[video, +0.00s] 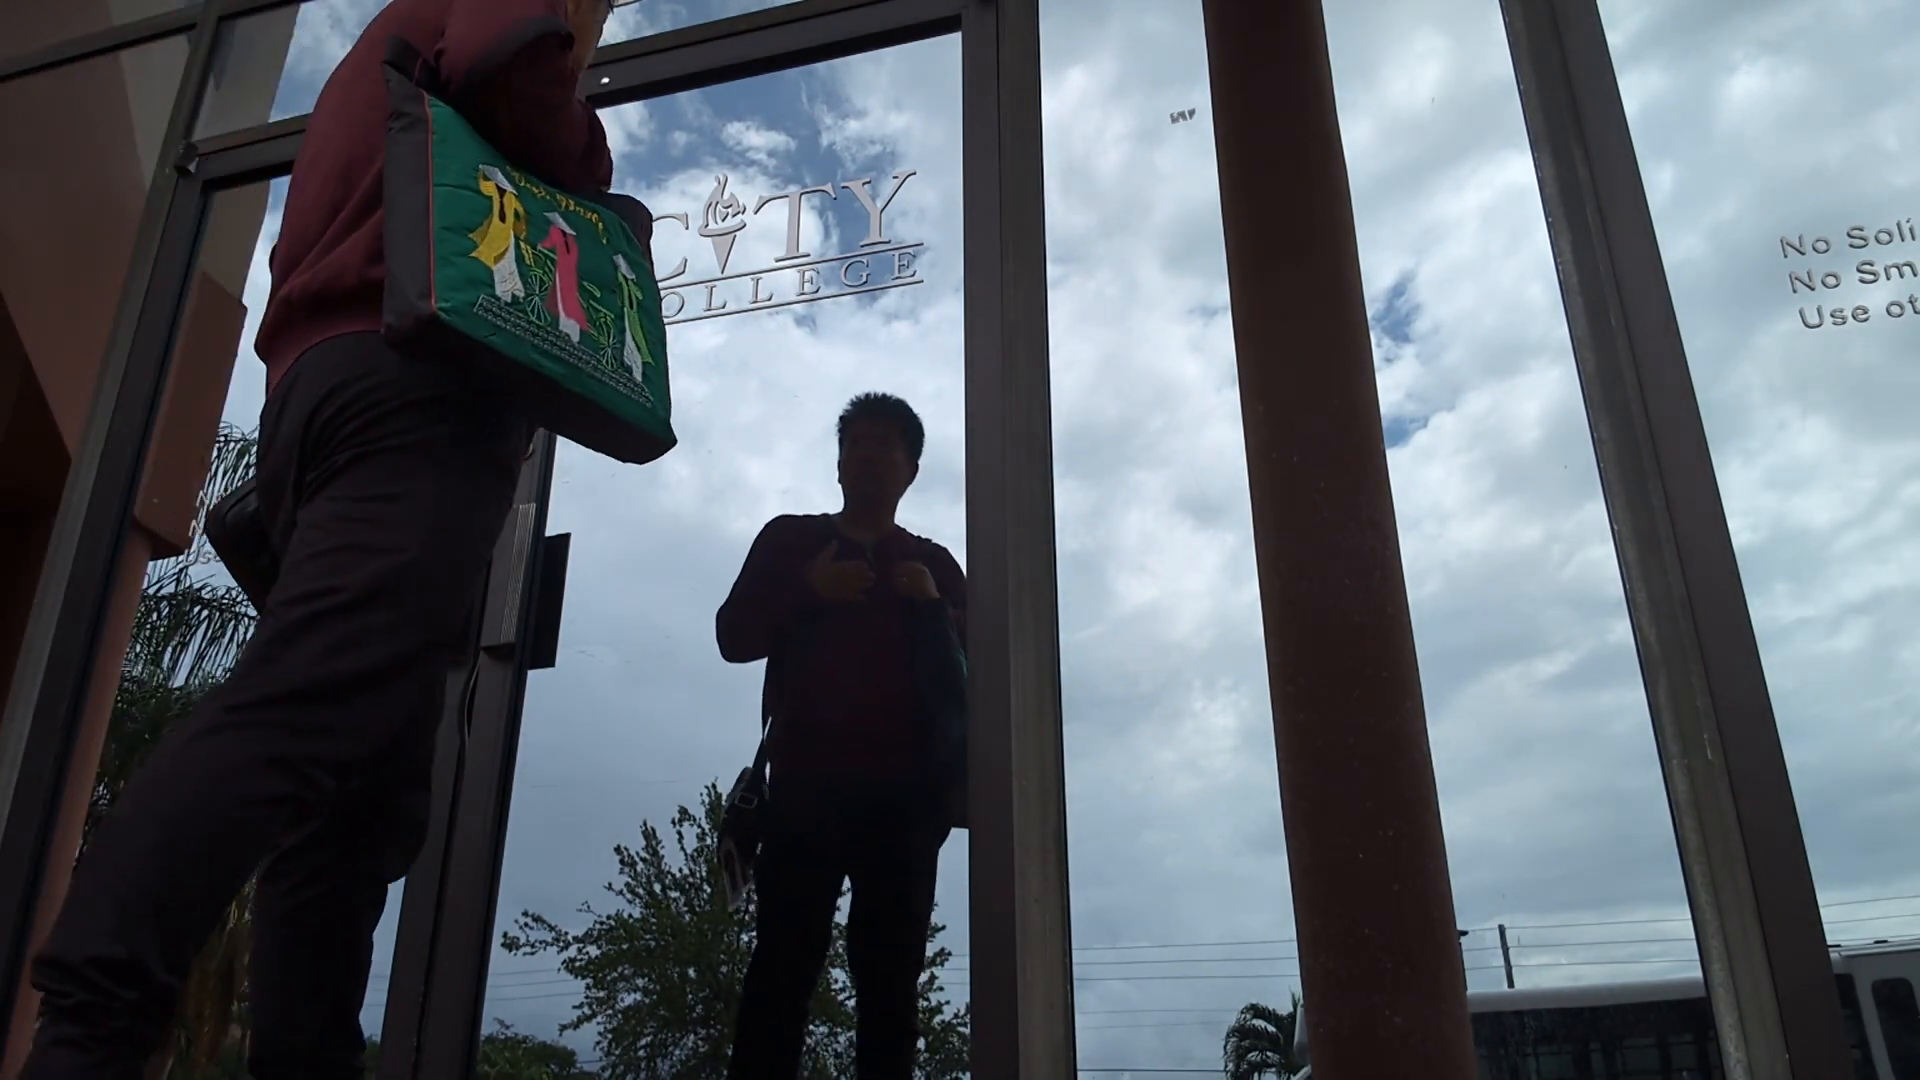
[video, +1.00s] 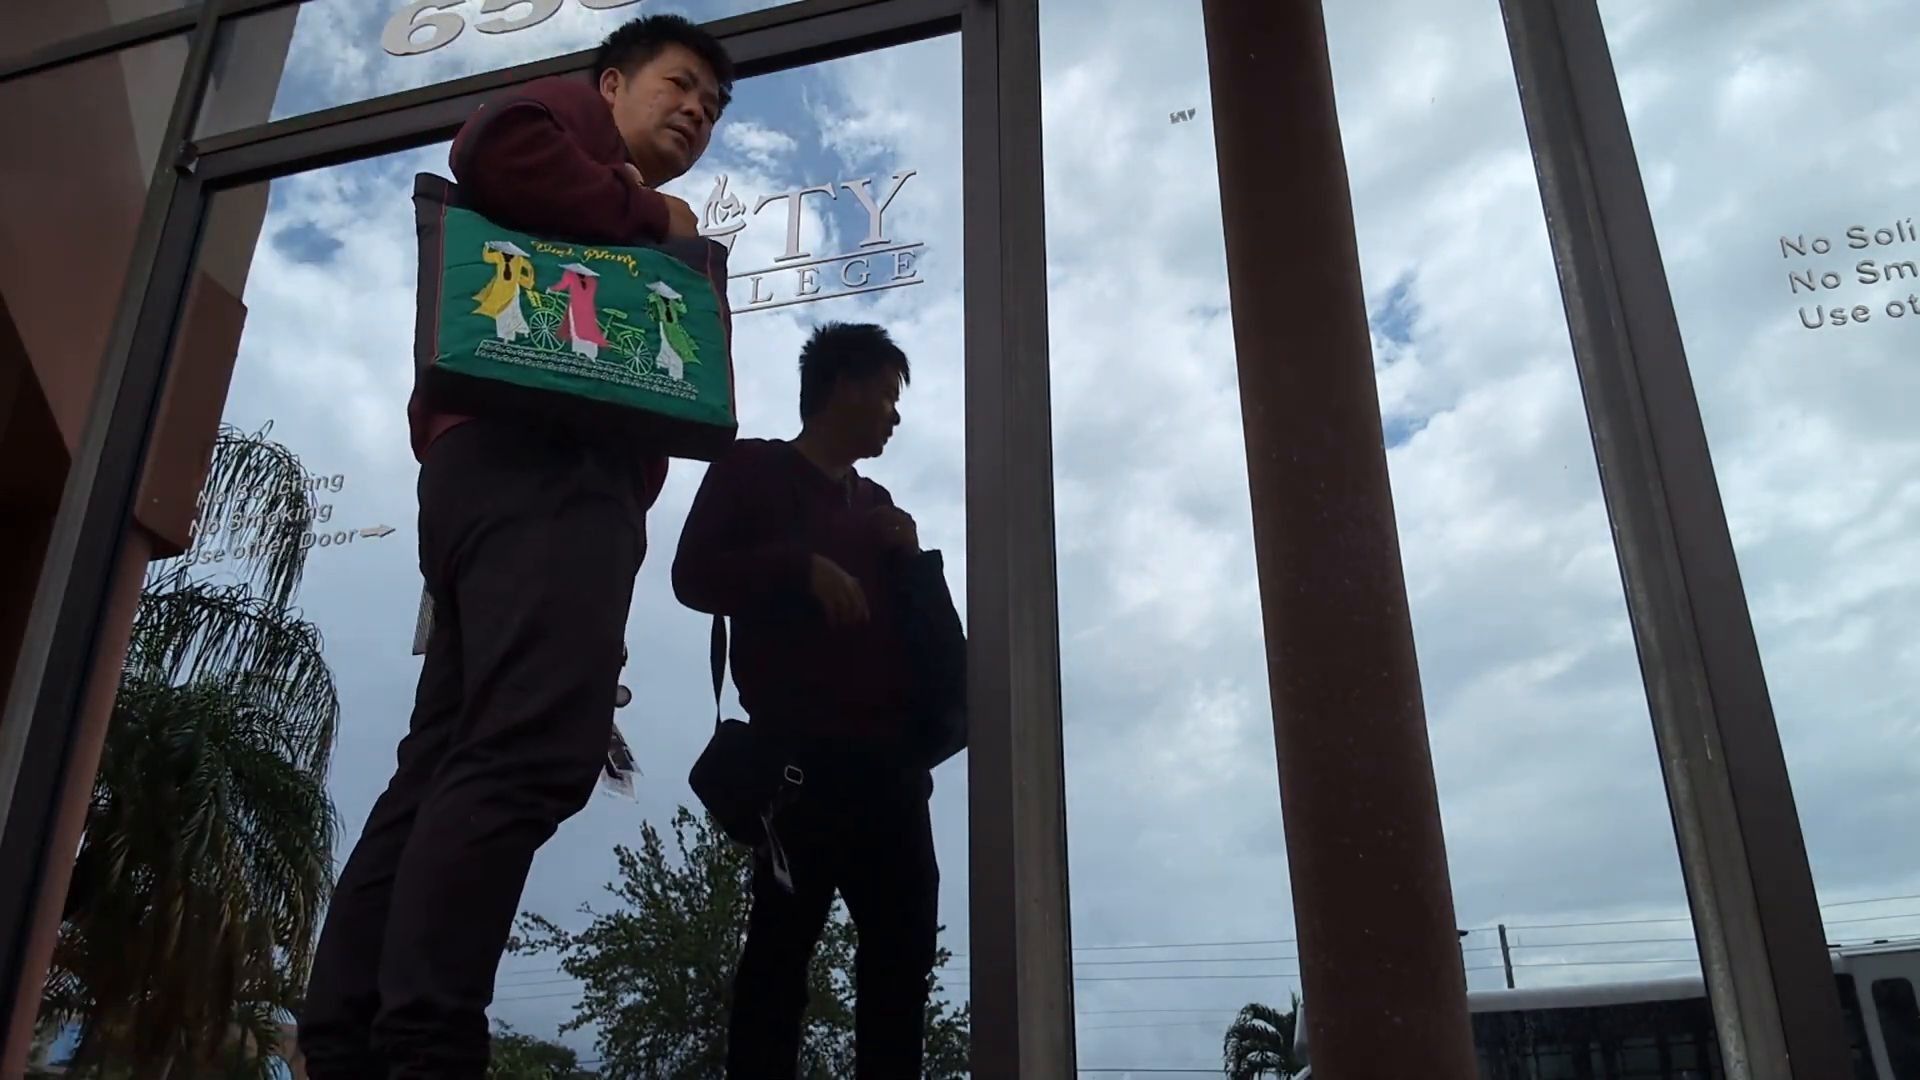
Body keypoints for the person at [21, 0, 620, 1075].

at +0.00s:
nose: (587, 54)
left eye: (589, 41)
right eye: (586, 33)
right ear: (557, 5)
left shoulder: (353, 89)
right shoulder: (483, 3)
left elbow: (305, 273)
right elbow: (504, 59)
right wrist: (588, 179)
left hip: (306, 413)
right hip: (413, 379)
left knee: (361, 804)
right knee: (293, 729)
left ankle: (303, 1059)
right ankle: (83, 1037)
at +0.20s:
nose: (613, 97)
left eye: (617, 82)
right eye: (618, 67)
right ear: (587, 31)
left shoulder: (424, 128)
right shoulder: (523, 30)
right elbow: (514, 110)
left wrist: (619, 258)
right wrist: (614, 194)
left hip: (379, 447)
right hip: (463, 423)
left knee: (404, 785)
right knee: (388, 737)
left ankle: (320, 1057)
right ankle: (132, 1031)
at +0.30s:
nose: (630, 127)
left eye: (632, 112)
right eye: (631, 100)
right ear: (598, 56)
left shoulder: (441, 159)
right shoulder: (533, 59)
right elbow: (501, 126)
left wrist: (626, 270)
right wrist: (619, 205)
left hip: (405, 458)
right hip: (483, 443)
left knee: (393, 749)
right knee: (453, 737)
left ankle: (324, 1054)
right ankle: (165, 1019)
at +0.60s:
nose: (683, 146)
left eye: (686, 130)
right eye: (677, 120)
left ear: (626, 115)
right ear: (619, 92)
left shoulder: (604, 215)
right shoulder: (554, 98)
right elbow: (485, 160)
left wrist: (669, 276)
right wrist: (630, 224)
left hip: (491, 473)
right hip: (510, 462)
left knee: (429, 749)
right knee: (551, 733)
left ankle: (334, 1043)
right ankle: (351, 1031)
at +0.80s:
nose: (696, 128)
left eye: (702, 118)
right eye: (682, 103)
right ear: (613, 86)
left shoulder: (618, 216)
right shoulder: (564, 106)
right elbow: (499, 162)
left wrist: (683, 277)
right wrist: (644, 229)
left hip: (498, 472)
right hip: (533, 464)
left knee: (443, 757)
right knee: (528, 757)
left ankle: (344, 1036)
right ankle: (428, 1043)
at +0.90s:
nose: (699, 121)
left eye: (709, 113)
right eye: (684, 96)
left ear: (687, 132)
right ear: (615, 81)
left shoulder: (631, 227)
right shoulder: (571, 105)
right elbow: (501, 155)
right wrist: (648, 224)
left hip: (505, 467)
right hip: (537, 456)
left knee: (449, 753)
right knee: (531, 753)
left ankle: (346, 1035)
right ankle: (429, 1044)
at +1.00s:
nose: (697, 116)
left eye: (711, 110)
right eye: (680, 91)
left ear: (699, 133)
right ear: (614, 78)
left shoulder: (648, 227)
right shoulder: (573, 105)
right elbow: (494, 147)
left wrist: (691, 271)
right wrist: (651, 220)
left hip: (513, 465)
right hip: (538, 453)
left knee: (452, 747)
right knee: (531, 753)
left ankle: (344, 1034)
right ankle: (427, 1042)